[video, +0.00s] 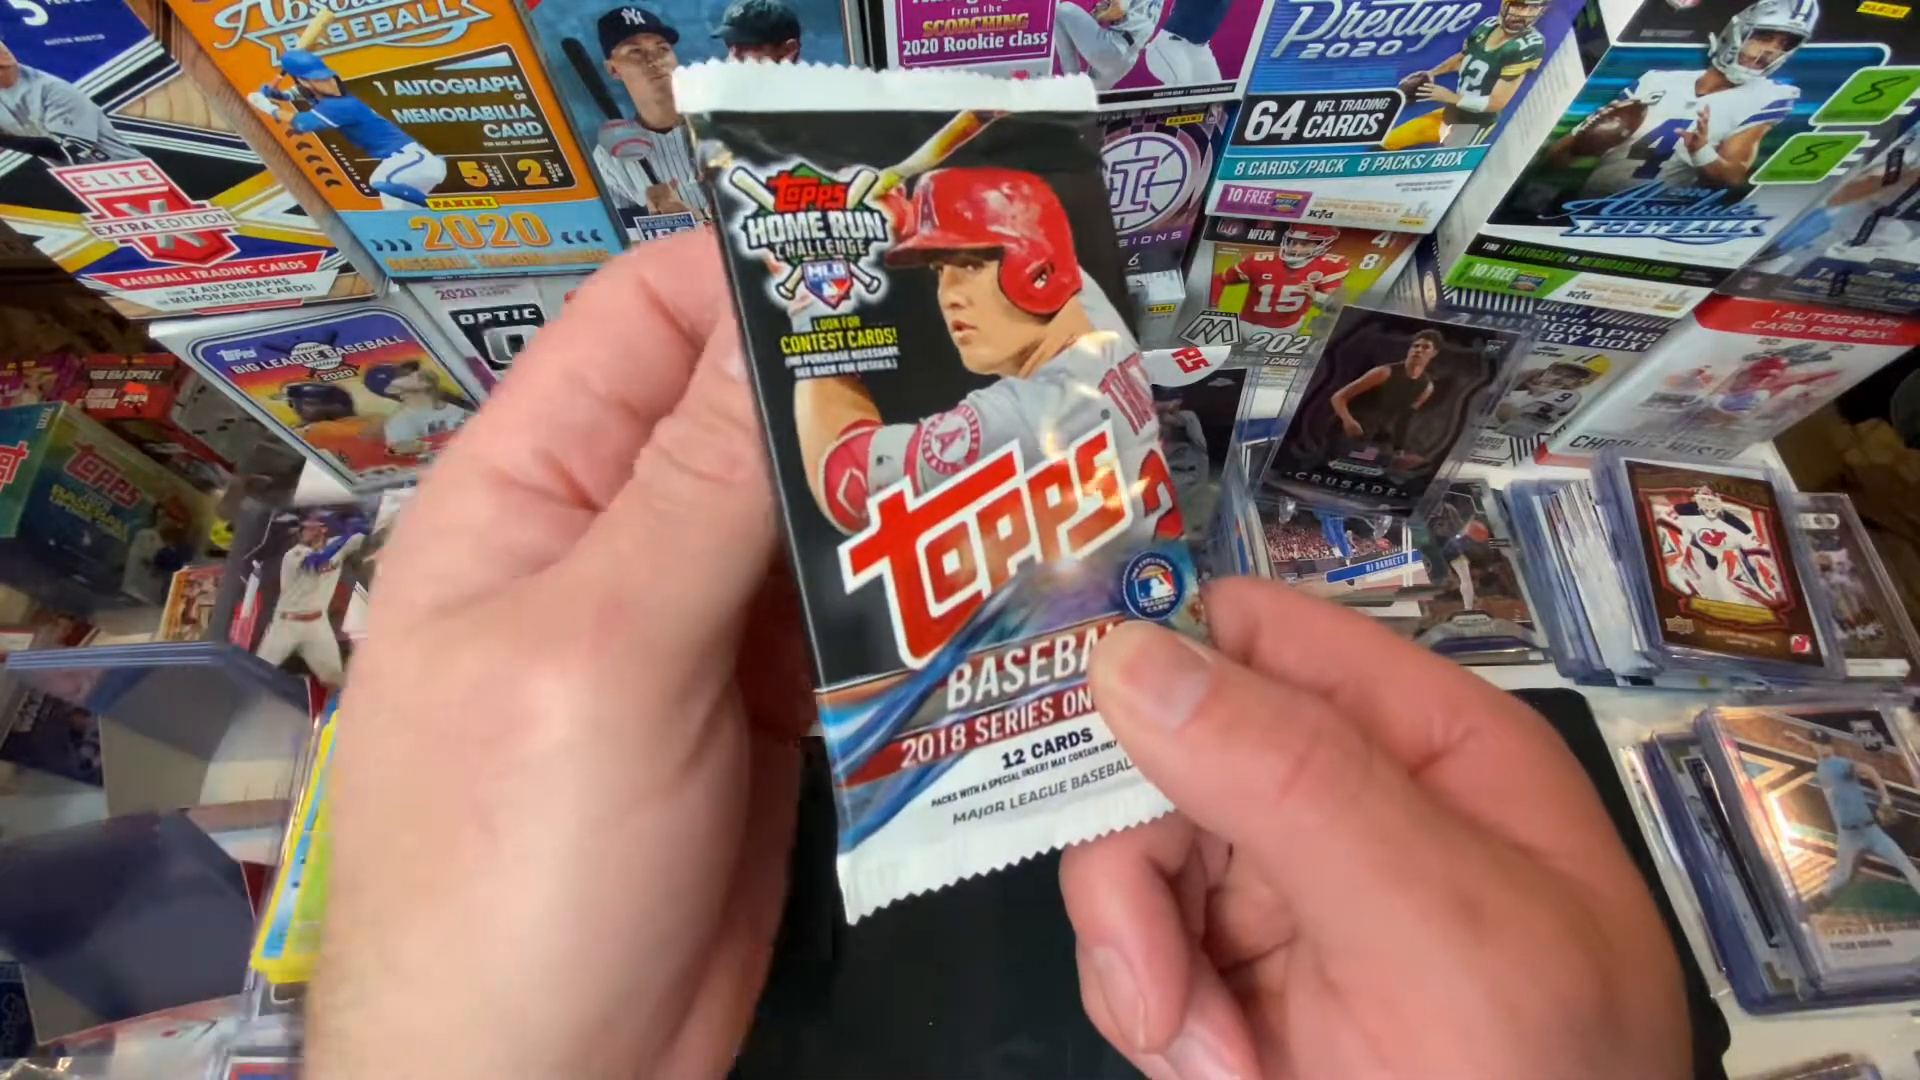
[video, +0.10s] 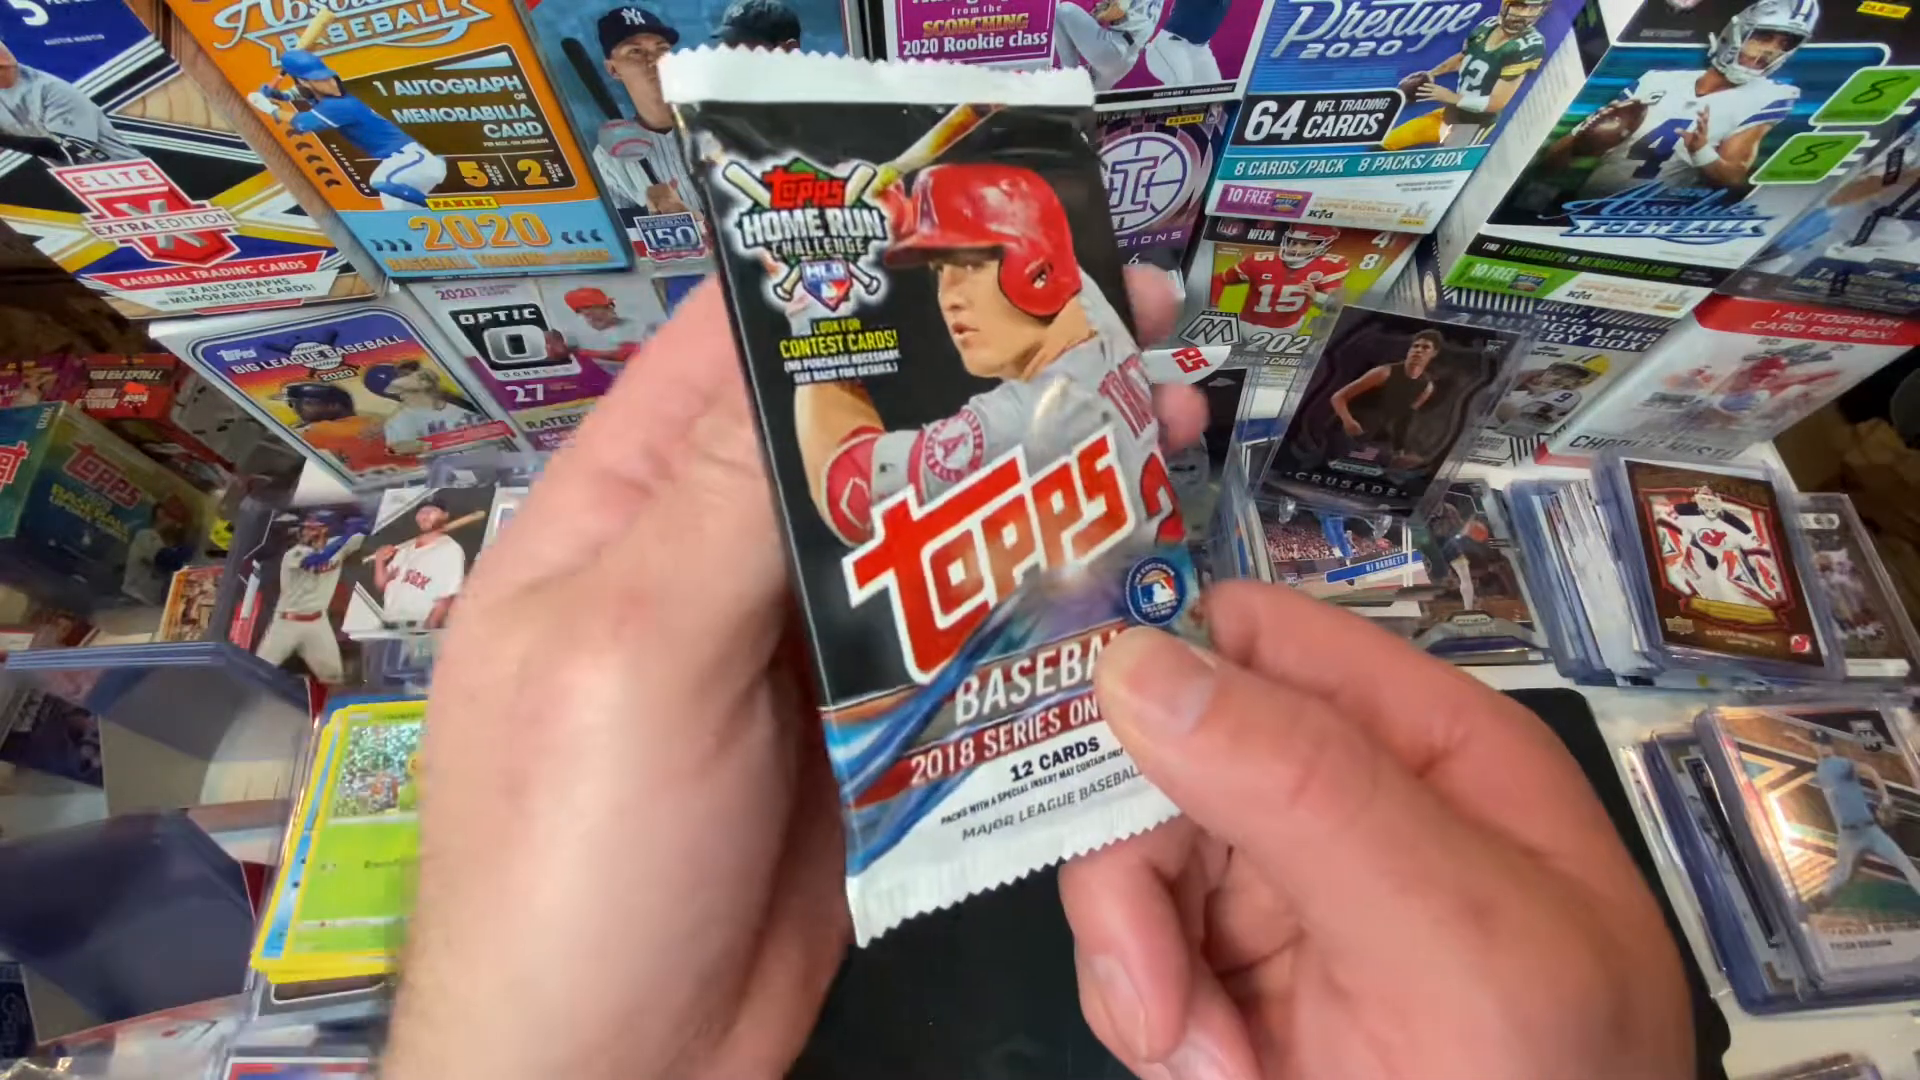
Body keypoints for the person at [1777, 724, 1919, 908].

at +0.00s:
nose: (1824, 750)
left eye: (1827, 745)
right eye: (1819, 746)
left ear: (1832, 745)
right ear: (1813, 747)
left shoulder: (1840, 764)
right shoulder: (1823, 768)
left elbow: (1869, 770)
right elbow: (1867, 770)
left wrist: (1885, 798)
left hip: (1870, 828)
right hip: (1847, 834)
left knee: (1904, 863)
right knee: (1842, 876)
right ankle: (1819, 901)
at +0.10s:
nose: (1823, 749)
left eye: (1826, 744)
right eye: (1819, 745)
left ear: (1831, 745)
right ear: (1814, 747)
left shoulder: (1842, 764)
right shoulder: (1820, 769)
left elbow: (1870, 771)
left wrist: (1885, 796)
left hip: (1870, 828)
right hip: (1847, 834)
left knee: (1903, 862)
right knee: (1842, 874)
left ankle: (1919, 890)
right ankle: (1819, 901)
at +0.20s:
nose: (1823, 750)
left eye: (1826, 745)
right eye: (1819, 746)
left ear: (1832, 746)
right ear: (1815, 749)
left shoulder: (1842, 764)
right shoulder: (1821, 770)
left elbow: (1870, 771)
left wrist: (1885, 797)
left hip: (1869, 828)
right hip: (1847, 833)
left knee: (1902, 862)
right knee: (1842, 874)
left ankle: (1919, 888)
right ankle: (1820, 900)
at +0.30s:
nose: (1823, 749)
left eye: (1825, 745)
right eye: (1819, 745)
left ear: (1831, 746)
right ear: (1815, 748)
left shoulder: (1841, 764)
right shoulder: (1821, 769)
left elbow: (1870, 771)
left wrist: (1884, 797)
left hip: (1869, 828)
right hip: (1847, 833)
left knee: (1902, 861)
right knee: (1842, 873)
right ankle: (1820, 900)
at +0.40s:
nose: (1824, 748)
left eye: (1826, 744)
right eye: (1819, 745)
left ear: (1832, 745)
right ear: (1814, 747)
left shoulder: (1840, 765)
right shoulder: (1823, 769)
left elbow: (1869, 771)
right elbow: (1869, 771)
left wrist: (1884, 797)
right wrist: (1885, 797)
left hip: (1870, 828)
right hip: (1847, 833)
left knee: (1903, 862)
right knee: (1843, 874)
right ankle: (1818, 902)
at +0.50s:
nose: (1824, 749)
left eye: (1826, 744)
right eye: (1819, 745)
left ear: (1832, 745)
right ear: (1814, 747)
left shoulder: (1840, 765)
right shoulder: (1823, 769)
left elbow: (1870, 771)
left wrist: (1884, 798)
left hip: (1870, 828)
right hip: (1847, 834)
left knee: (1903, 862)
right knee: (1843, 874)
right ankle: (1819, 901)